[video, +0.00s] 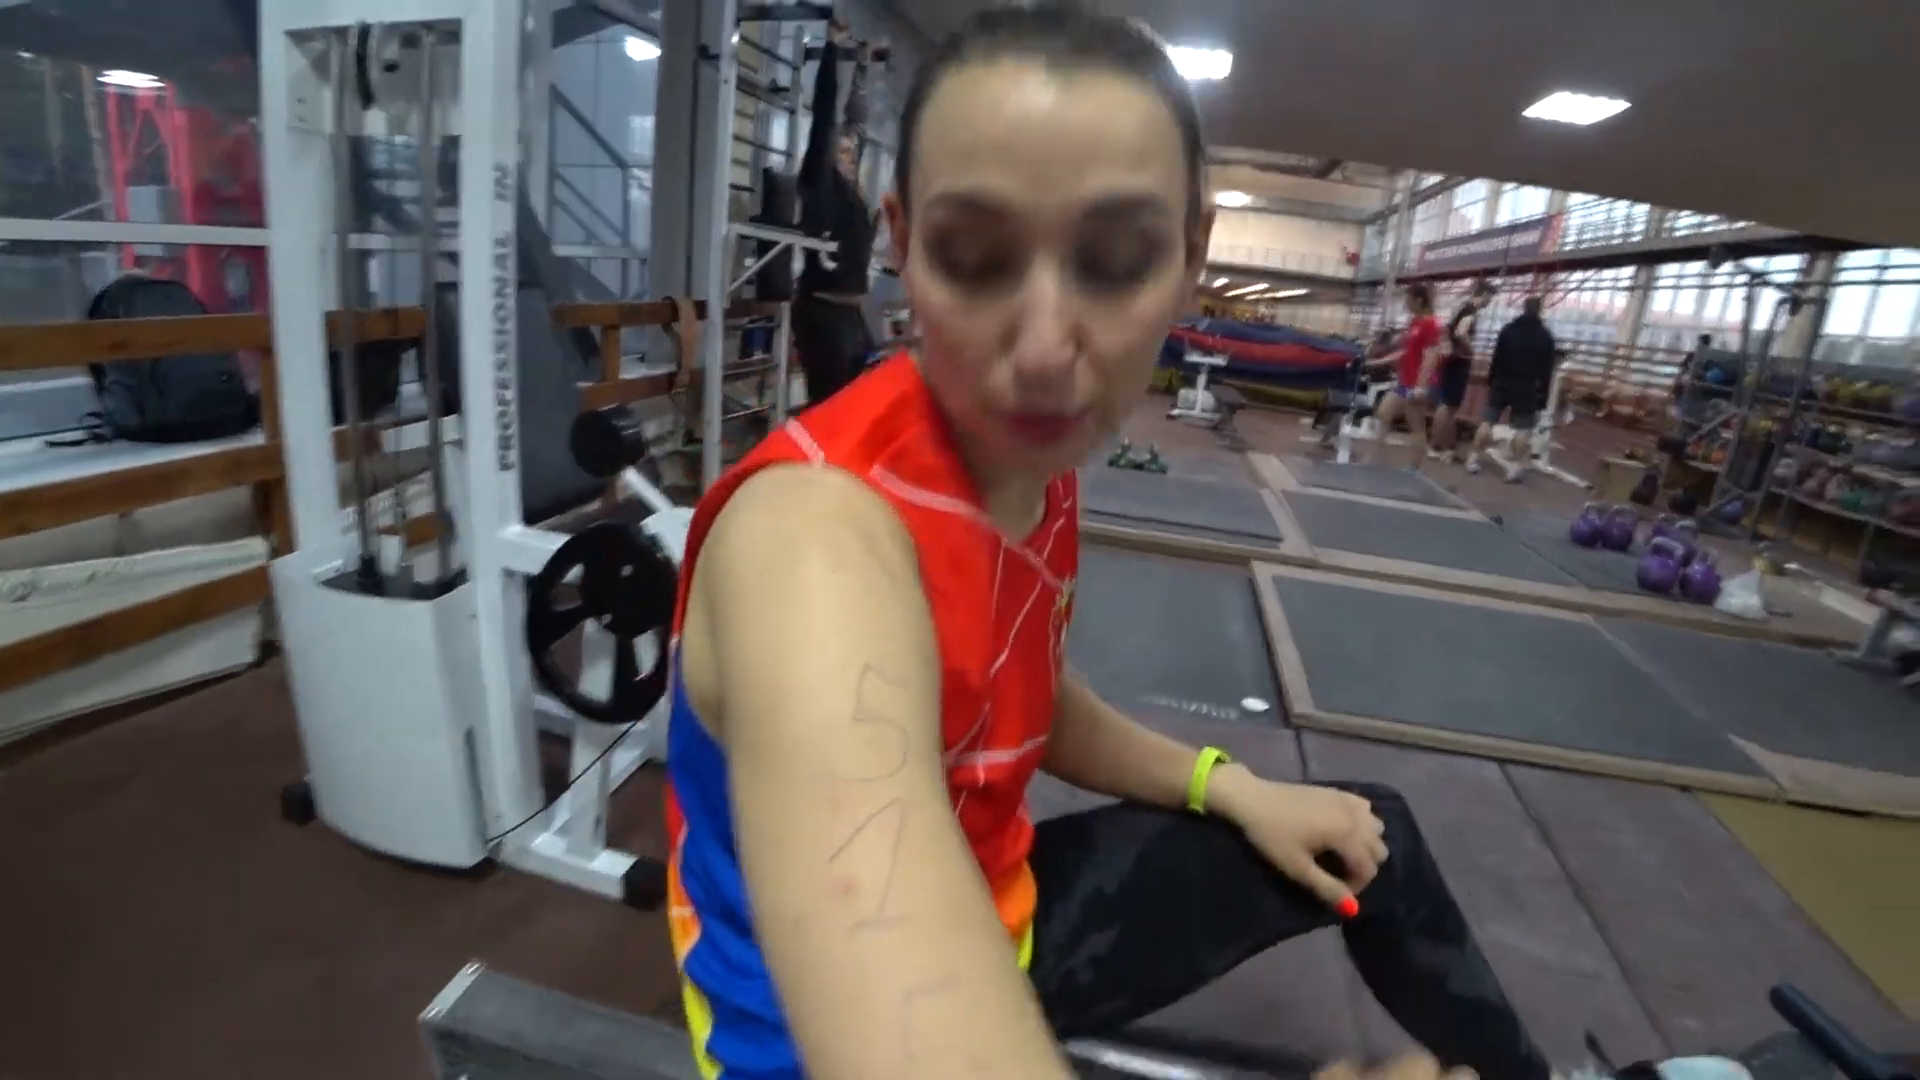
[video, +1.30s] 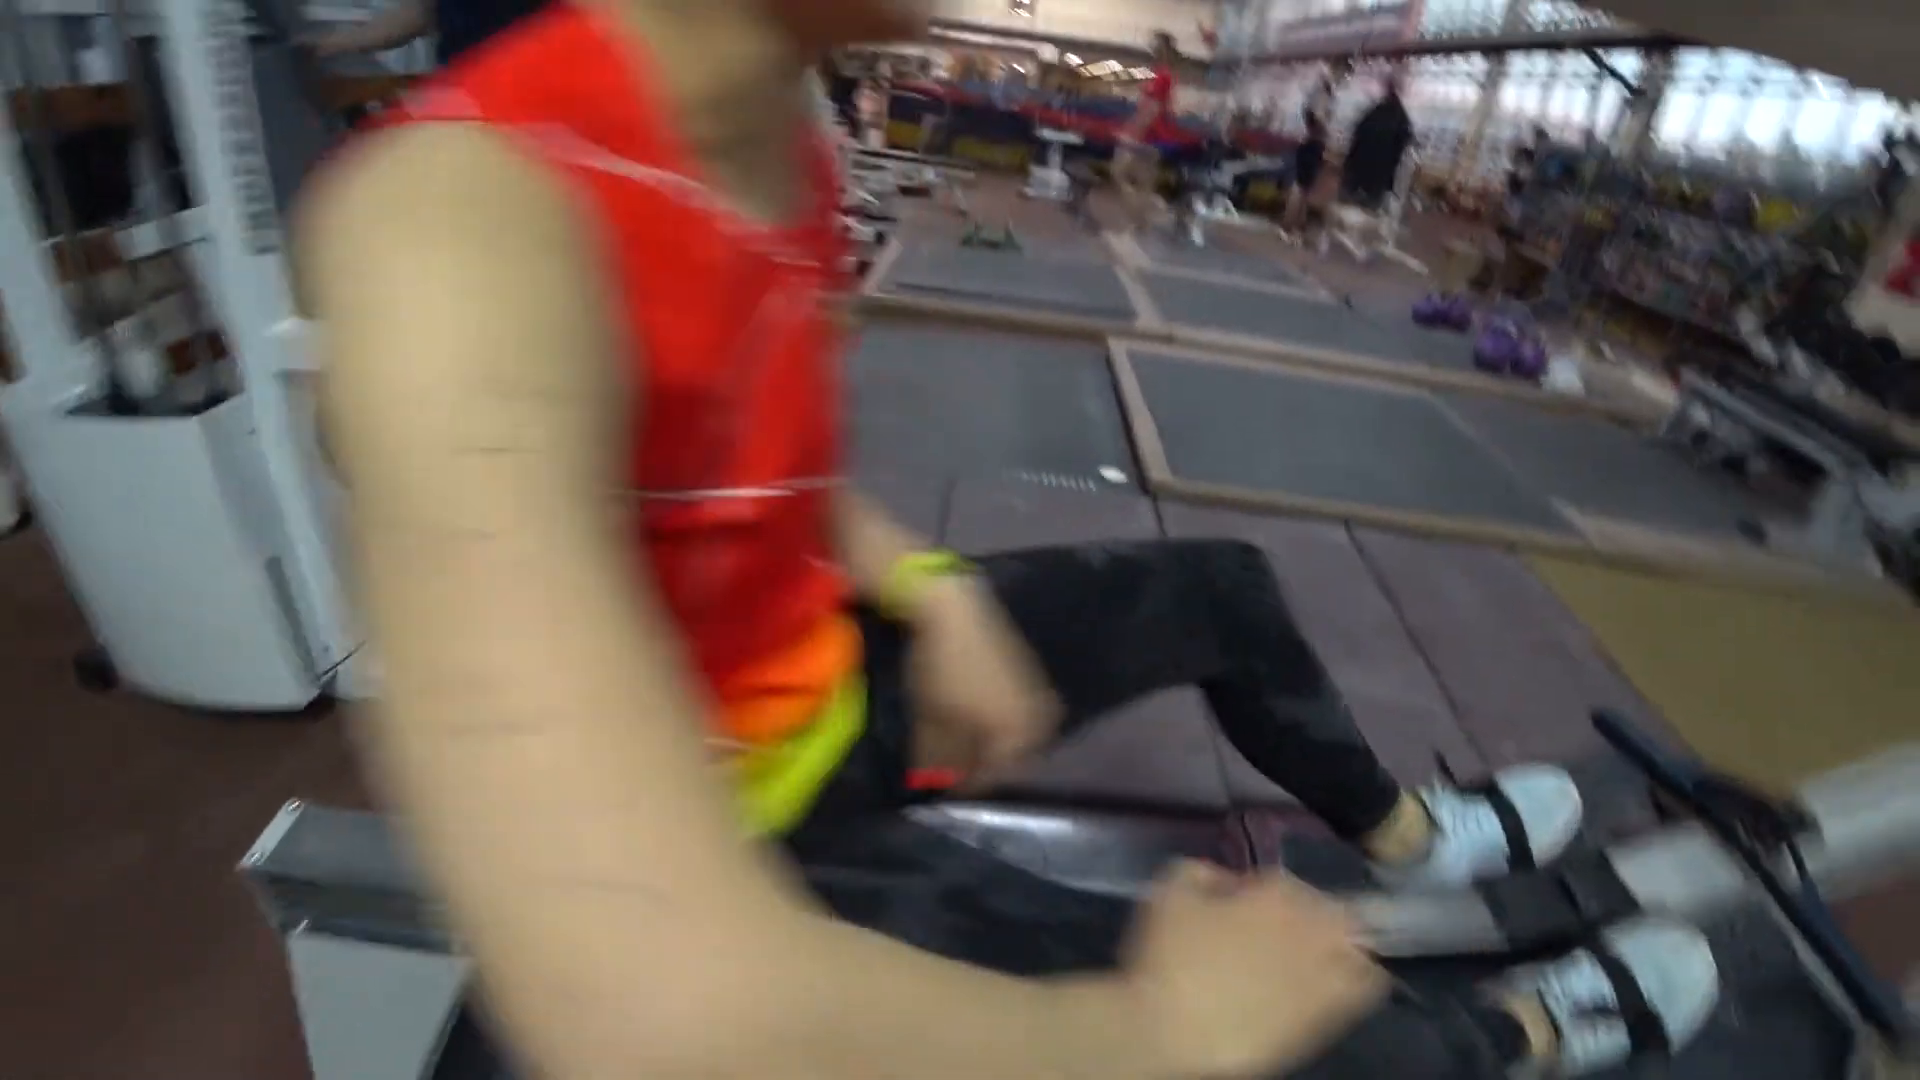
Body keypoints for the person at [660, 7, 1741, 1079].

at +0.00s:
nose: (1044, 349)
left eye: (1114, 262)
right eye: (976, 260)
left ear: (1193, 257)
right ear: (901, 245)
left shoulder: (1023, 455)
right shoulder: (813, 547)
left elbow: (1031, 705)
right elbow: (941, 1059)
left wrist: (1234, 791)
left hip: (995, 926)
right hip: (827, 1042)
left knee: (1362, 827)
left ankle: (1519, 1074)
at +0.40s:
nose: (961, 436)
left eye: (1048, 344)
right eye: (891, 330)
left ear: (1145, 338)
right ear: (826, 301)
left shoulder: (984, 527)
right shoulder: (721, 638)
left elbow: (986, 763)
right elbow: (778, 1053)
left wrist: (1195, 826)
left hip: (978, 1002)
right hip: (809, 1050)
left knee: (1326, 861)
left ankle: (1413, 1065)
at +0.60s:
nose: (990, 308)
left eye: (1077, 207)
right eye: (910, 195)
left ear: (1171, 215)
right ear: (824, 183)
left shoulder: (969, 459)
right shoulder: (699, 547)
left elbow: (964, 724)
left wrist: (1189, 780)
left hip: (973, 974)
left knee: (1320, 817)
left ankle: (1430, 1071)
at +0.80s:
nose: (1030, 120)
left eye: (1109, 27)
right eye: (934, 20)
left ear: (1180, 69)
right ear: (818, 53)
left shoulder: (964, 359)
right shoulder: (684, 407)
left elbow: (940, 638)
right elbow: (800, 1040)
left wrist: (1182, 696)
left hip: (957, 904)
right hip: (785, 1006)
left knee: (1305, 736)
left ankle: (1445, 1050)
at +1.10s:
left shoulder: (936, 210)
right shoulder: (673, 272)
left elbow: (912, 523)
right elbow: (846, 1030)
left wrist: (1128, 602)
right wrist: (1325, 1066)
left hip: (945, 747)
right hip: (849, 921)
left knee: (1294, 622)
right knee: (1342, 1037)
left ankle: (1437, 920)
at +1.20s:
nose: (1126, 30)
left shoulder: (898, 154)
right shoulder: (616, 227)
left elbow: (865, 497)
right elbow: (812, 1033)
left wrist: (1059, 591)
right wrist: (1273, 1051)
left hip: (926, 689)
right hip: (838, 858)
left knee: (1283, 608)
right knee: (1328, 999)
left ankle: (1430, 881)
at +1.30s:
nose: (954, 11)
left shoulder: (776, 117)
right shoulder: (456, 217)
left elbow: (764, 455)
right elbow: (644, 999)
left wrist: (934, 594)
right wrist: (1151, 1020)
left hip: (855, 685)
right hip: (742, 876)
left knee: (1213, 585)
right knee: (1382, 1026)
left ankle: (1373, 821)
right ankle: (1502, 1033)